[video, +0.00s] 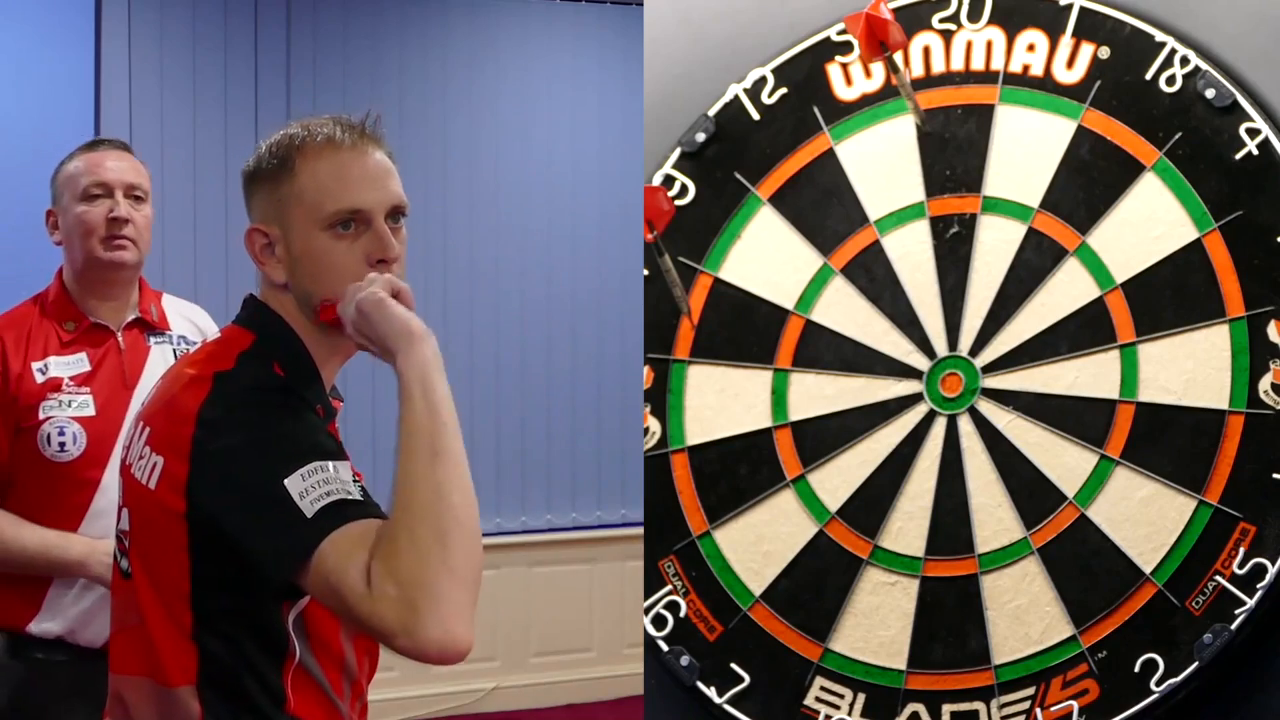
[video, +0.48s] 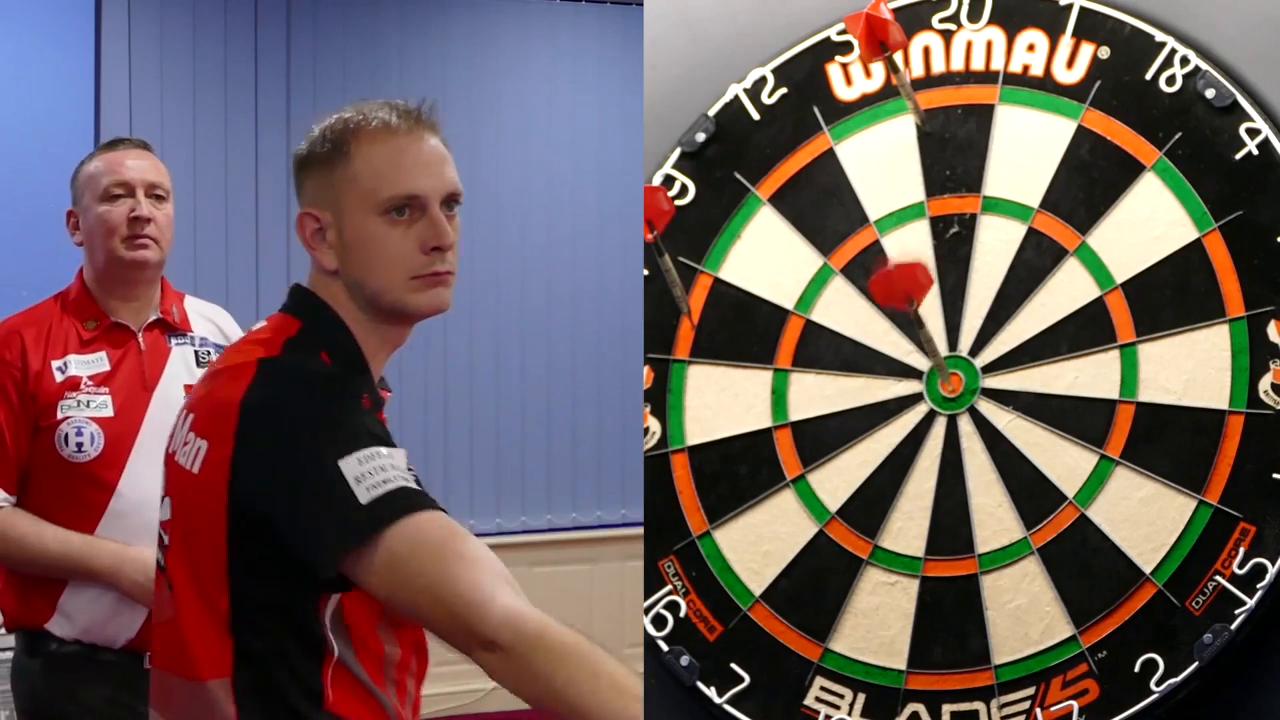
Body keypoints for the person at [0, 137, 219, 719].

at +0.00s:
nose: (120, 210)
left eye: (135, 197)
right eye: (96, 196)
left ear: (152, 221)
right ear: (55, 225)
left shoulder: (197, 331)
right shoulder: (11, 342)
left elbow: (242, 474)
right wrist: (91, 555)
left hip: (177, 652)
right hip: (43, 660)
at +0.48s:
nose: (142, 209)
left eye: (156, 196)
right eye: (118, 195)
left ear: (174, 220)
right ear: (76, 225)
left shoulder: (218, 332)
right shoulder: (20, 344)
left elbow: (266, 472)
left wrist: (208, 560)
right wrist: (122, 563)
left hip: (204, 663)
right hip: (70, 666)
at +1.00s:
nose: (127, 218)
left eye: (143, 202)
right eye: (100, 201)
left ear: (159, 224)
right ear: (55, 230)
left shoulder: (214, 347)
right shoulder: (8, 355)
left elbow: (247, 489)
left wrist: (239, 573)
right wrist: (89, 597)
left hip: (182, 693)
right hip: (45, 693)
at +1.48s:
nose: (175, 268)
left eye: (193, 245)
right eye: (151, 242)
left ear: (207, 241)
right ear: (90, 232)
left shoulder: (223, 351)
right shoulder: (17, 364)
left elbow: (235, 507)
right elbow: (2, 566)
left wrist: (258, 617)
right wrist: (108, 618)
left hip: (205, 699)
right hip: (56, 703)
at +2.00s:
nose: (305, 239)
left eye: (319, 214)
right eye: (276, 213)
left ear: (331, 221)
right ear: (209, 224)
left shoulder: (309, 346)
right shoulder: (140, 362)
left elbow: (316, 532)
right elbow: (75, 572)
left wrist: (362, 652)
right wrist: (263, 630)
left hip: (311, 704)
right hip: (184, 708)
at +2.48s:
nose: (352, 198)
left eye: (363, 178)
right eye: (319, 177)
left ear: (376, 196)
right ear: (253, 212)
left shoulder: (318, 334)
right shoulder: (247, 339)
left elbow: (327, 547)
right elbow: (217, 573)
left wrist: (406, 675)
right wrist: (434, 622)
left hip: (367, 702)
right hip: (284, 704)